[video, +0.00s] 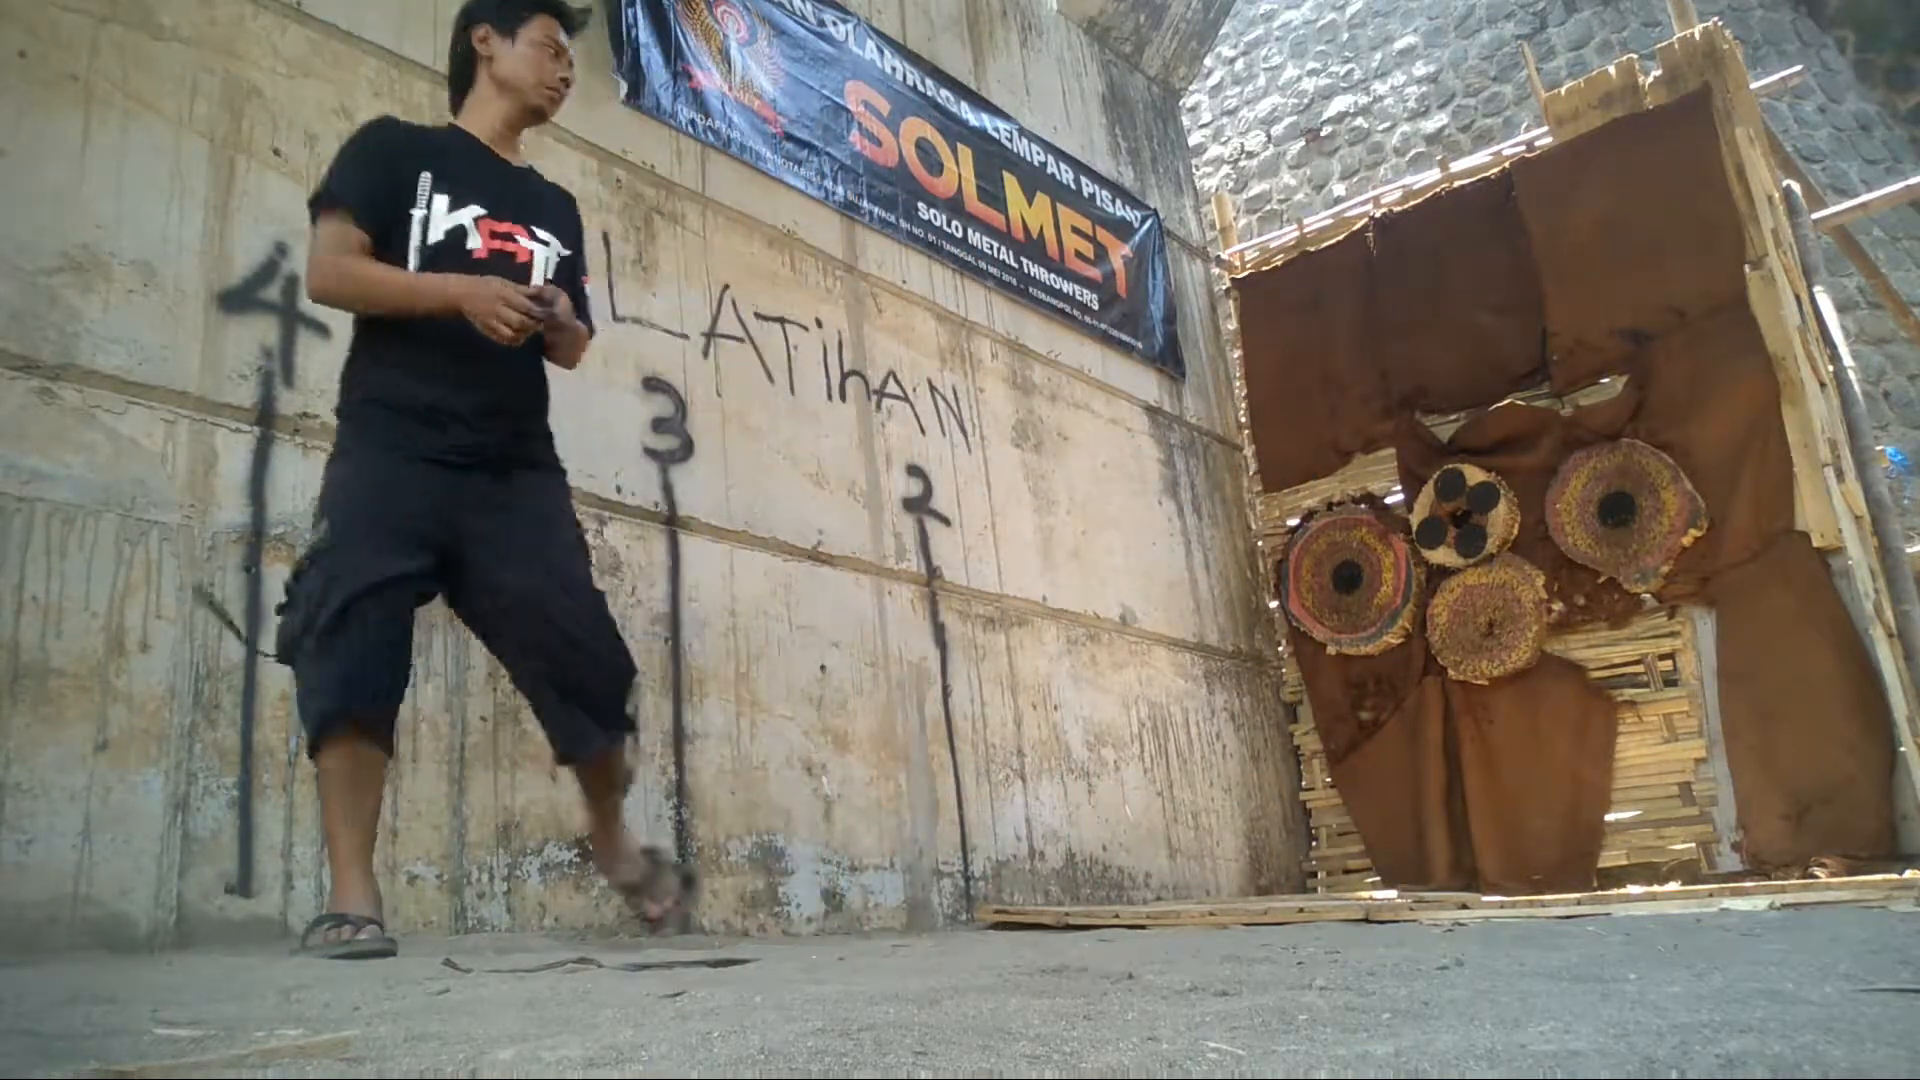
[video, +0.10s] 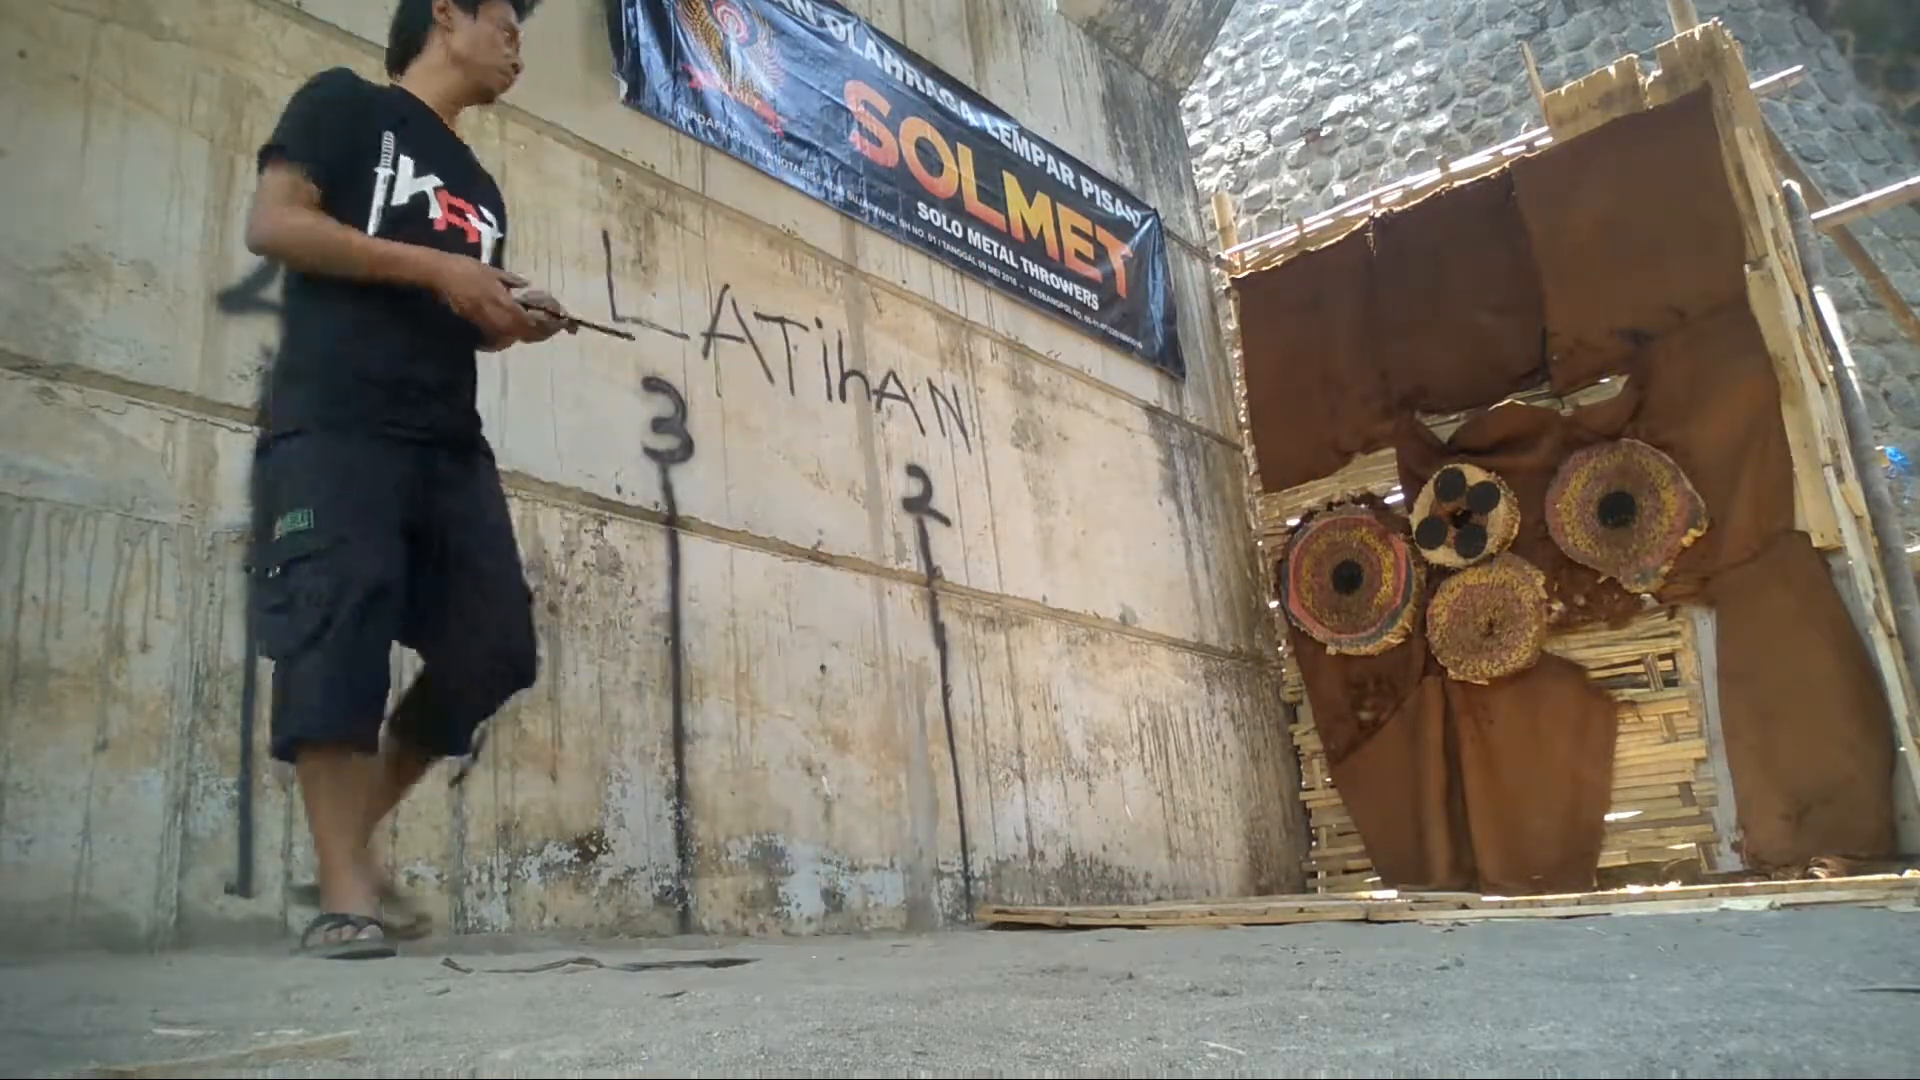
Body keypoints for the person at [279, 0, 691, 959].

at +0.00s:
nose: (566, 63)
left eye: (569, 51)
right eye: (547, 41)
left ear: (552, 80)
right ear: (484, 47)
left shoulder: (556, 205)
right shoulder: (393, 147)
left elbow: (573, 347)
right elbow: (329, 271)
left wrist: (556, 327)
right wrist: (459, 291)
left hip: (513, 473)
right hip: (388, 459)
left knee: (581, 653)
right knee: (349, 646)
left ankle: (611, 838)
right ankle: (353, 904)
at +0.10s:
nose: (521, 43)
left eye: (522, 29)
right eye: (508, 21)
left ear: (466, 32)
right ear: (448, 18)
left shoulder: (481, 184)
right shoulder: (344, 96)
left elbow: (449, 321)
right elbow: (274, 221)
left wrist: (511, 317)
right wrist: (439, 270)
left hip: (445, 441)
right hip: (333, 429)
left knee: (491, 650)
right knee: (337, 636)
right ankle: (346, 903)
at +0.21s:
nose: (480, 51)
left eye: (483, 31)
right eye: (473, 23)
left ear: (423, 24)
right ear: (417, 11)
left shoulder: (421, 166)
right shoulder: (315, 79)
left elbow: (411, 325)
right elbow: (243, 203)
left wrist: (489, 319)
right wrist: (409, 271)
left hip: (400, 437)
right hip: (303, 423)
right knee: (324, 642)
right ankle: (344, 905)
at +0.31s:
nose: (418, 62)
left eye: (422, 41)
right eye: (416, 33)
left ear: (361, 23)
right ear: (363, 12)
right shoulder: (269, 74)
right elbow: (204, 191)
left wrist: (435, 336)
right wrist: (367, 282)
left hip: (304, 429)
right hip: (252, 419)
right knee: (312, 632)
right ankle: (342, 901)